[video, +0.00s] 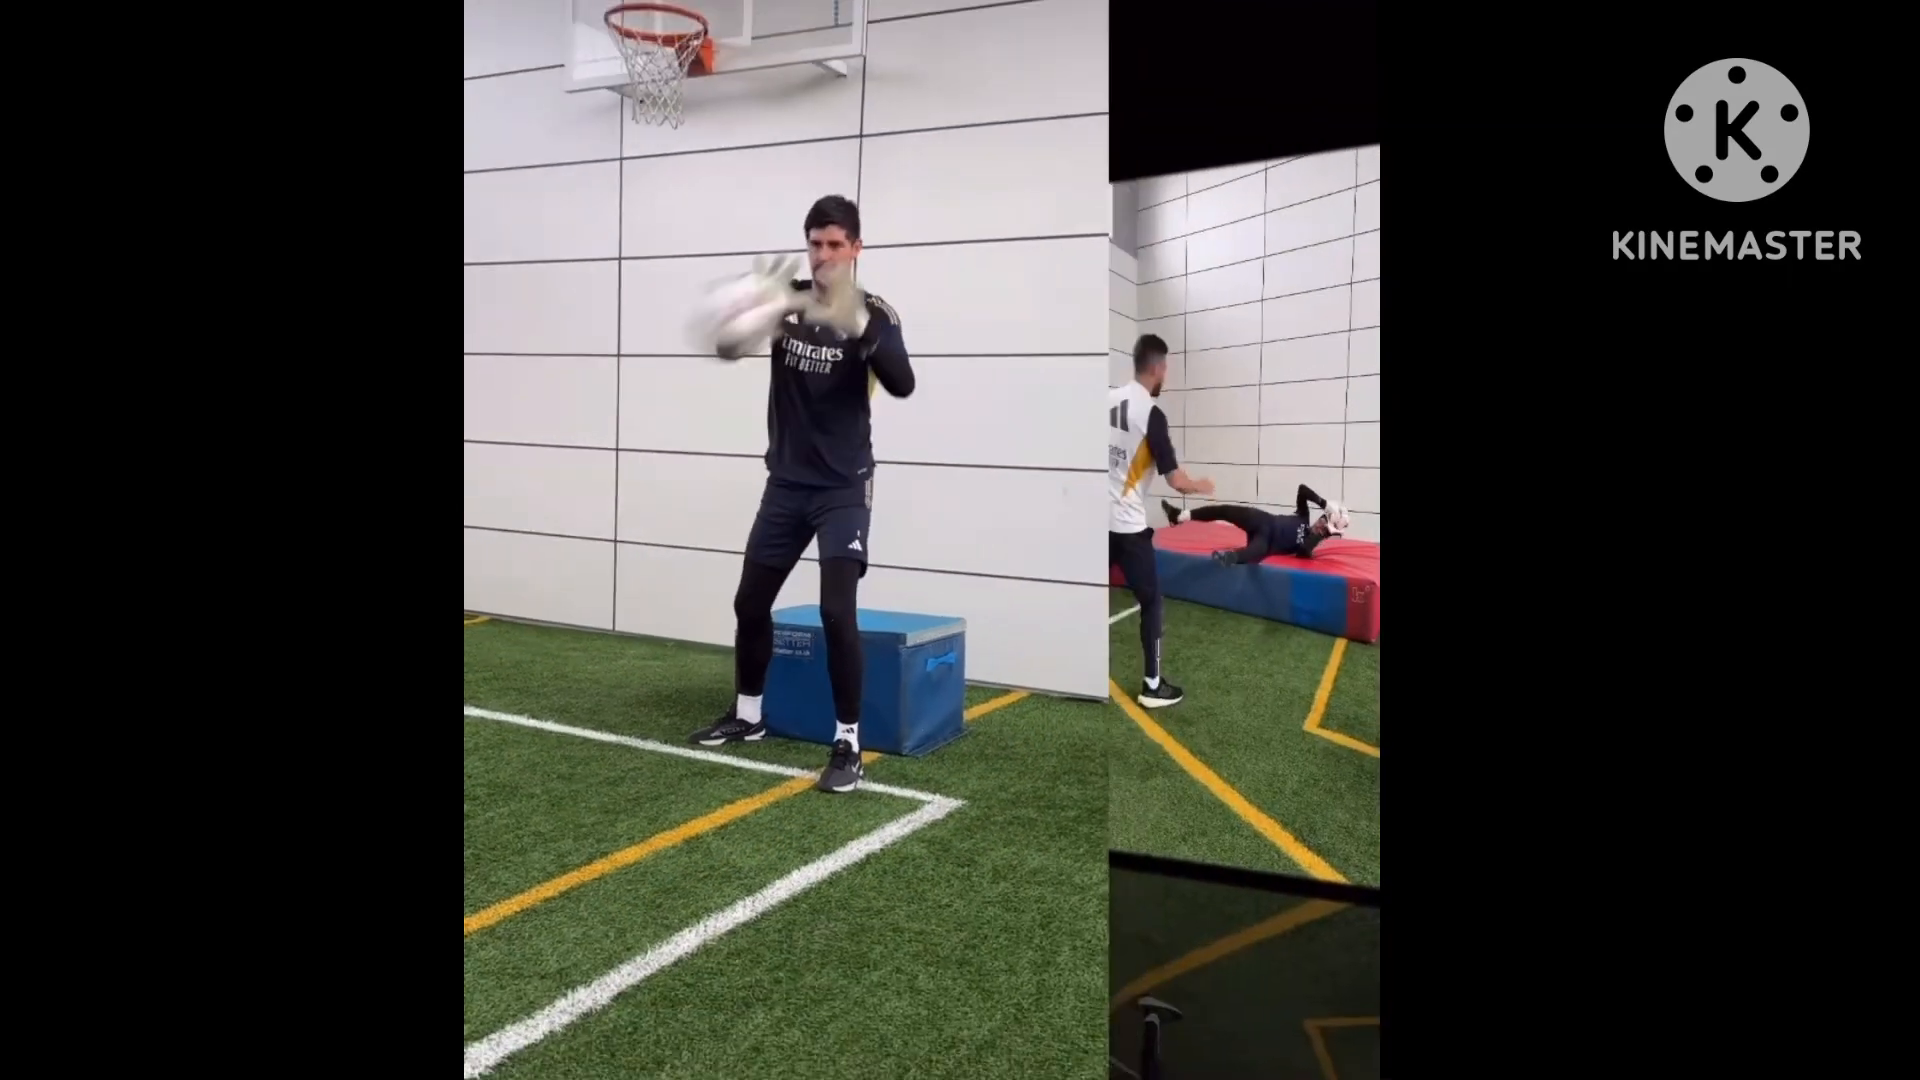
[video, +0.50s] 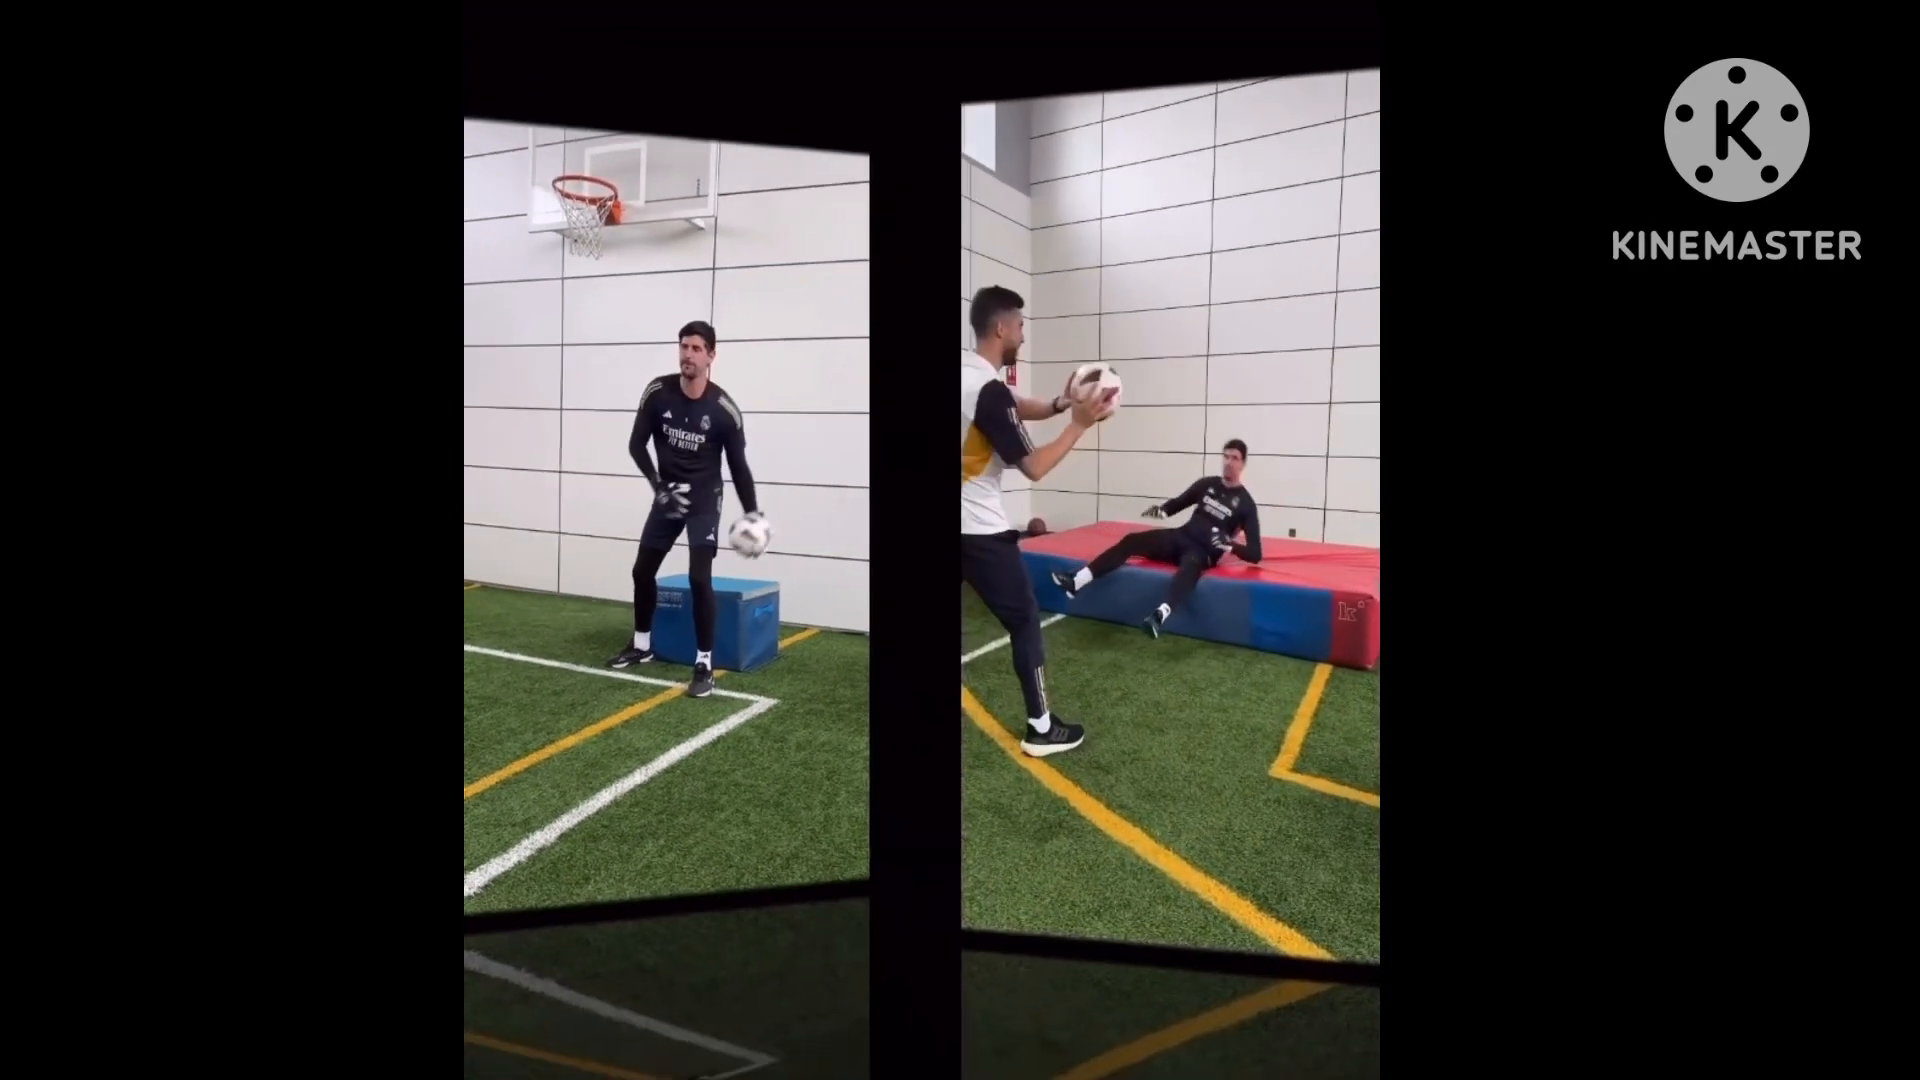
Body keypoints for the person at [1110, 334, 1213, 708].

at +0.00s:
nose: (1166, 375)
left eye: (1165, 367)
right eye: (1165, 368)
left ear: (1135, 365)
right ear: (1157, 368)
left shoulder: (1105, 399)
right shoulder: (1151, 413)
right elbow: (1175, 480)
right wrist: (1199, 486)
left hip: (1096, 518)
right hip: (1128, 523)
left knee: (1085, 596)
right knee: (1151, 600)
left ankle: (1071, 669)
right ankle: (1153, 683)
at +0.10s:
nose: (1133, 367)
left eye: (1132, 360)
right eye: (1132, 360)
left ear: (1100, 361)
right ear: (1123, 362)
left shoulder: (1074, 396)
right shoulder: (1119, 409)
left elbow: (1092, 444)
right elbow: (1157, 469)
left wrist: (1134, 431)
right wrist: (1185, 457)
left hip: (1066, 524)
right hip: (1101, 528)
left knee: (1058, 598)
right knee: (1130, 605)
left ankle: (1045, 668)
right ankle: (1137, 689)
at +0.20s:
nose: (1097, 356)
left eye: (1095, 348)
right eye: (1094, 348)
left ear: (1062, 352)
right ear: (1083, 353)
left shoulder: (1047, 390)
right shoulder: (1083, 403)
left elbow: (1070, 439)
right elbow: (1126, 460)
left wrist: (1108, 418)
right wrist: (1158, 440)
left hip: (1044, 522)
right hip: (1072, 527)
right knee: (1104, 607)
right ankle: (1119, 695)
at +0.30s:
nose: (1065, 344)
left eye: (1064, 336)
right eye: (1062, 336)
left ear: (1032, 340)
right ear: (1047, 340)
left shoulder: (1026, 379)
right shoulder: (1043, 393)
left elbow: (1062, 418)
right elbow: (1099, 450)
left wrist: (1096, 395)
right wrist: (1142, 422)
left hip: (1026, 519)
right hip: (1038, 523)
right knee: (1075, 609)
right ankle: (1095, 699)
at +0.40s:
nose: (1039, 338)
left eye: (1038, 330)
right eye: (1035, 330)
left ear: (1006, 334)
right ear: (1018, 334)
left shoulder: (998, 374)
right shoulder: (1011, 389)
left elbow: (1041, 404)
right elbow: (1069, 450)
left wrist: (1085, 389)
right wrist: (1118, 420)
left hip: (999, 521)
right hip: (1006, 526)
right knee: (1049, 612)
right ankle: (1071, 708)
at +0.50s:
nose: (1023, 333)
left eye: (1022, 324)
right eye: (1019, 323)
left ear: (986, 327)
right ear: (1000, 327)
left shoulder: (970, 371)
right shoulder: (987, 389)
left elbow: (1012, 406)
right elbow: (1035, 467)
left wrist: (1057, 404)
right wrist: (1079, 425)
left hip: (968, 522)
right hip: (979, 528)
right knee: (1024, 619)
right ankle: (1041, 725)